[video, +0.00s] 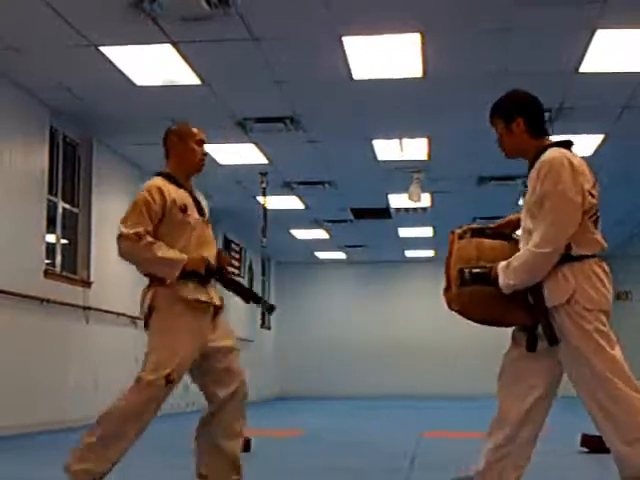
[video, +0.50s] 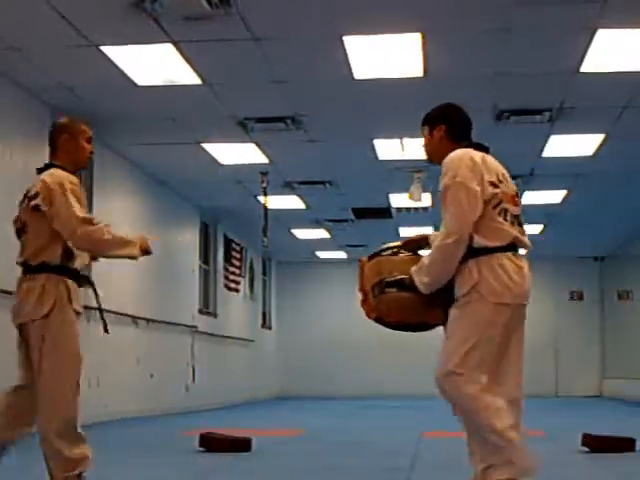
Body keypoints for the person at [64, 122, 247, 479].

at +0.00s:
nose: (204, 151)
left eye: (204, 145)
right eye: (198, 143)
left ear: (191, 150)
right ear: (174, 145)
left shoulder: (197, 200)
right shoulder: (157, 189)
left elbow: (191, 247)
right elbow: (130, 242)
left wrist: (218, 259)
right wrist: (185, 263)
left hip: (207, 306)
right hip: (176, 303)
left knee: (230, 391)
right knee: (153, 387)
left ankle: (219, 473)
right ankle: (84, 469)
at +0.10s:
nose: (184, 160)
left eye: (184, 154)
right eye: (177, 152)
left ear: (169, 160)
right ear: (153, 156)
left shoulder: (164, 208)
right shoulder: (133, 200)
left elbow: (160, 261)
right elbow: (120, 258)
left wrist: (186, 277)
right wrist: (175, 269)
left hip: (177, 311)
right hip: (148, 310)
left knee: (202, 397)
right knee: (129, 402)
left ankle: (215, 473)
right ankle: (76, 474)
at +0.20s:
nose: (162, 155)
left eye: (161, 149)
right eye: (156, 147)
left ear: (138, 151)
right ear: (133, 149)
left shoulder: (135, 198)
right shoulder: (116, 190)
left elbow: (121, 254)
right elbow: (108, 243)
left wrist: (160, 263)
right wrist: (162, 250)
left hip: (140, 300)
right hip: (119, 299)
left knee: (161, 394)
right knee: (104, 397)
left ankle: (204, 465)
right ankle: (75, 473)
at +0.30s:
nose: (138, 147)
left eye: (137, 141)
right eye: (132, 140)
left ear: (114, 145)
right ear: (110, 143)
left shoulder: (111, 185)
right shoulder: (97, 178)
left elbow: (101, 249)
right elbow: (105, 227)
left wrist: (136, 263)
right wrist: (160, 241)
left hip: (113, 293)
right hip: (92, 291)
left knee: (126, 384)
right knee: (88, 384)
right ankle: (74, 471)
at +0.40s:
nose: (113, 147)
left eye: (113, 140)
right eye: (107, 139)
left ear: (91, 144)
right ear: (85, 141)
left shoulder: (82, 183)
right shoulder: (77, 180)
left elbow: (82, 249)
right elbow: (104, 228)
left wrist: (118, 258)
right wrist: (159, 246)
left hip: (75, 291)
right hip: (68, 291)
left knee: (75, 381)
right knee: (77, 380)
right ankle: (68, 467)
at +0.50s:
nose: (91, 148)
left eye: (91, 142)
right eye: (86, 141)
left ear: (62, 145)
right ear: (63, 142)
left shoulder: (42, 185)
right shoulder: (59, 181)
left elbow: (52, 245)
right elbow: (80, 233)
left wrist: (97, 246)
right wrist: (133, 245)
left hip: (34, 292)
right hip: (52, 293)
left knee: (36, 386)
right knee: (61, 383)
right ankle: (67, 468)